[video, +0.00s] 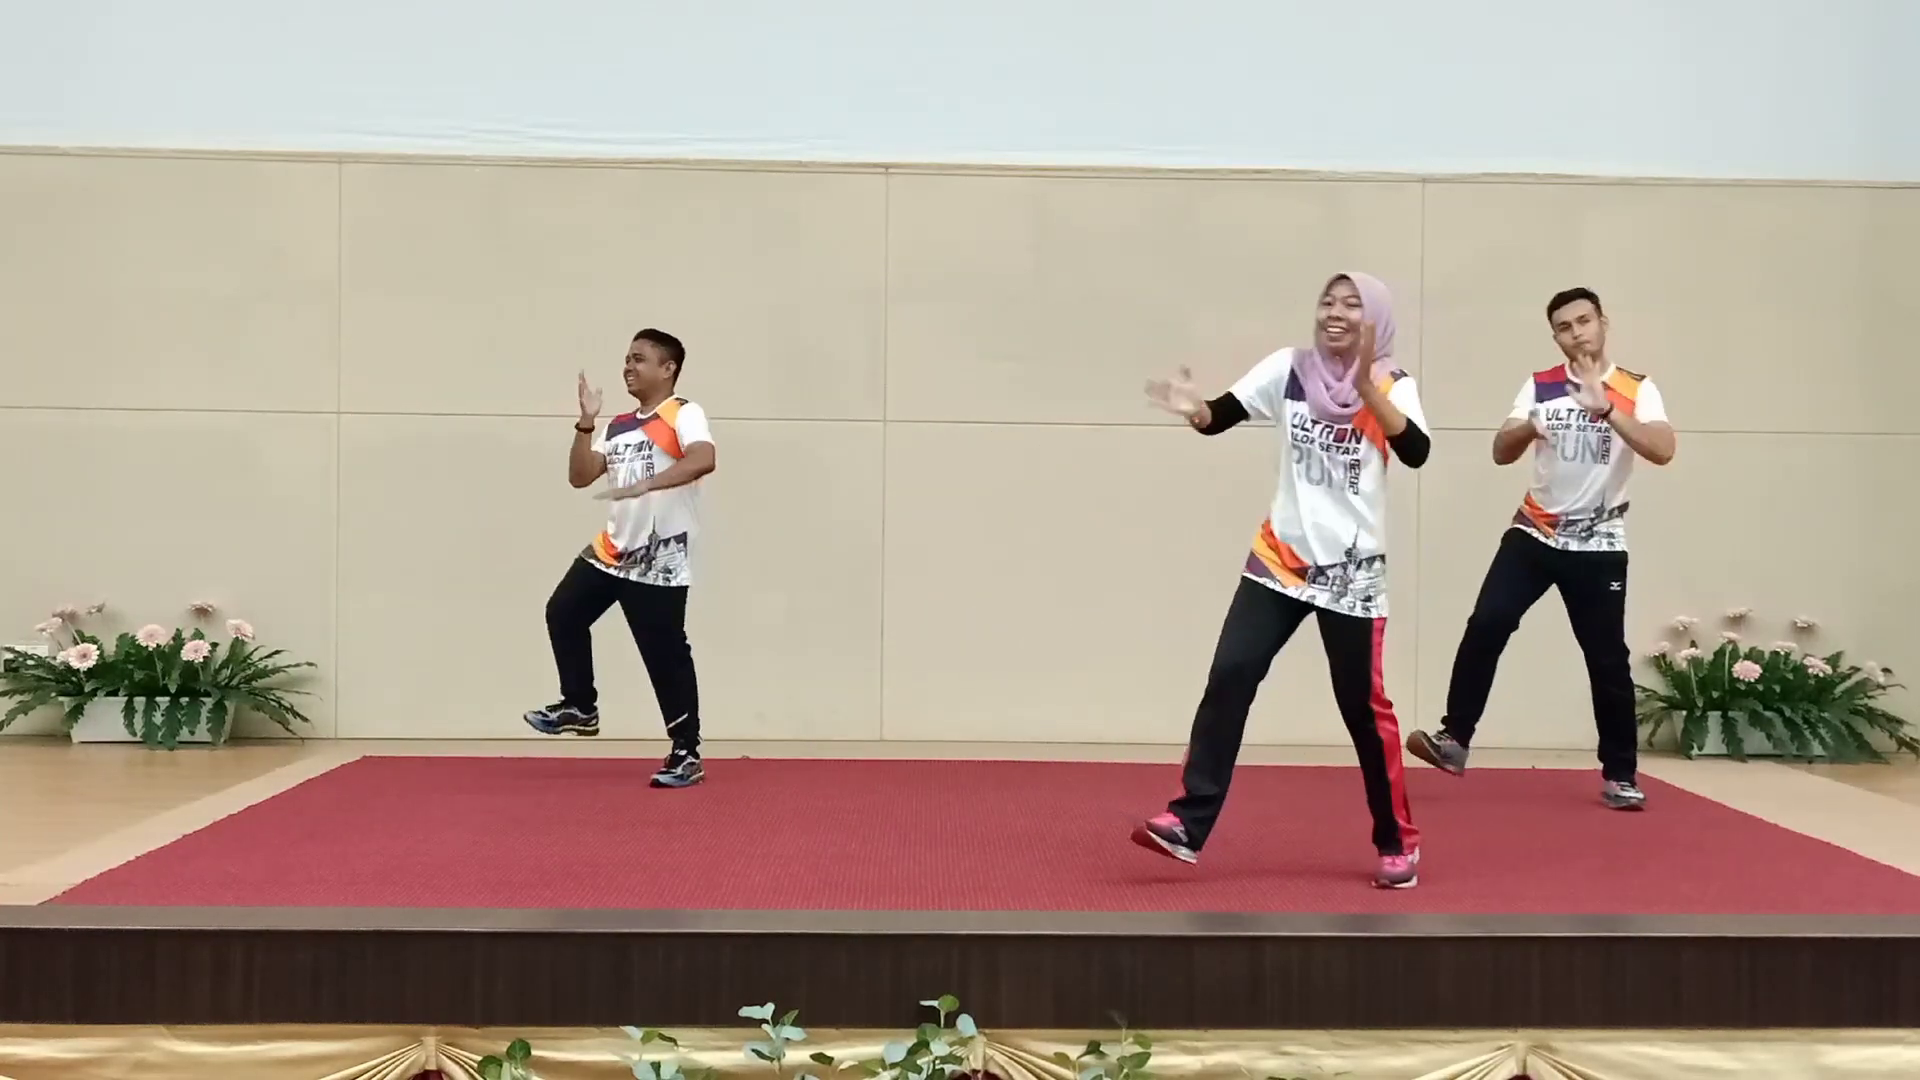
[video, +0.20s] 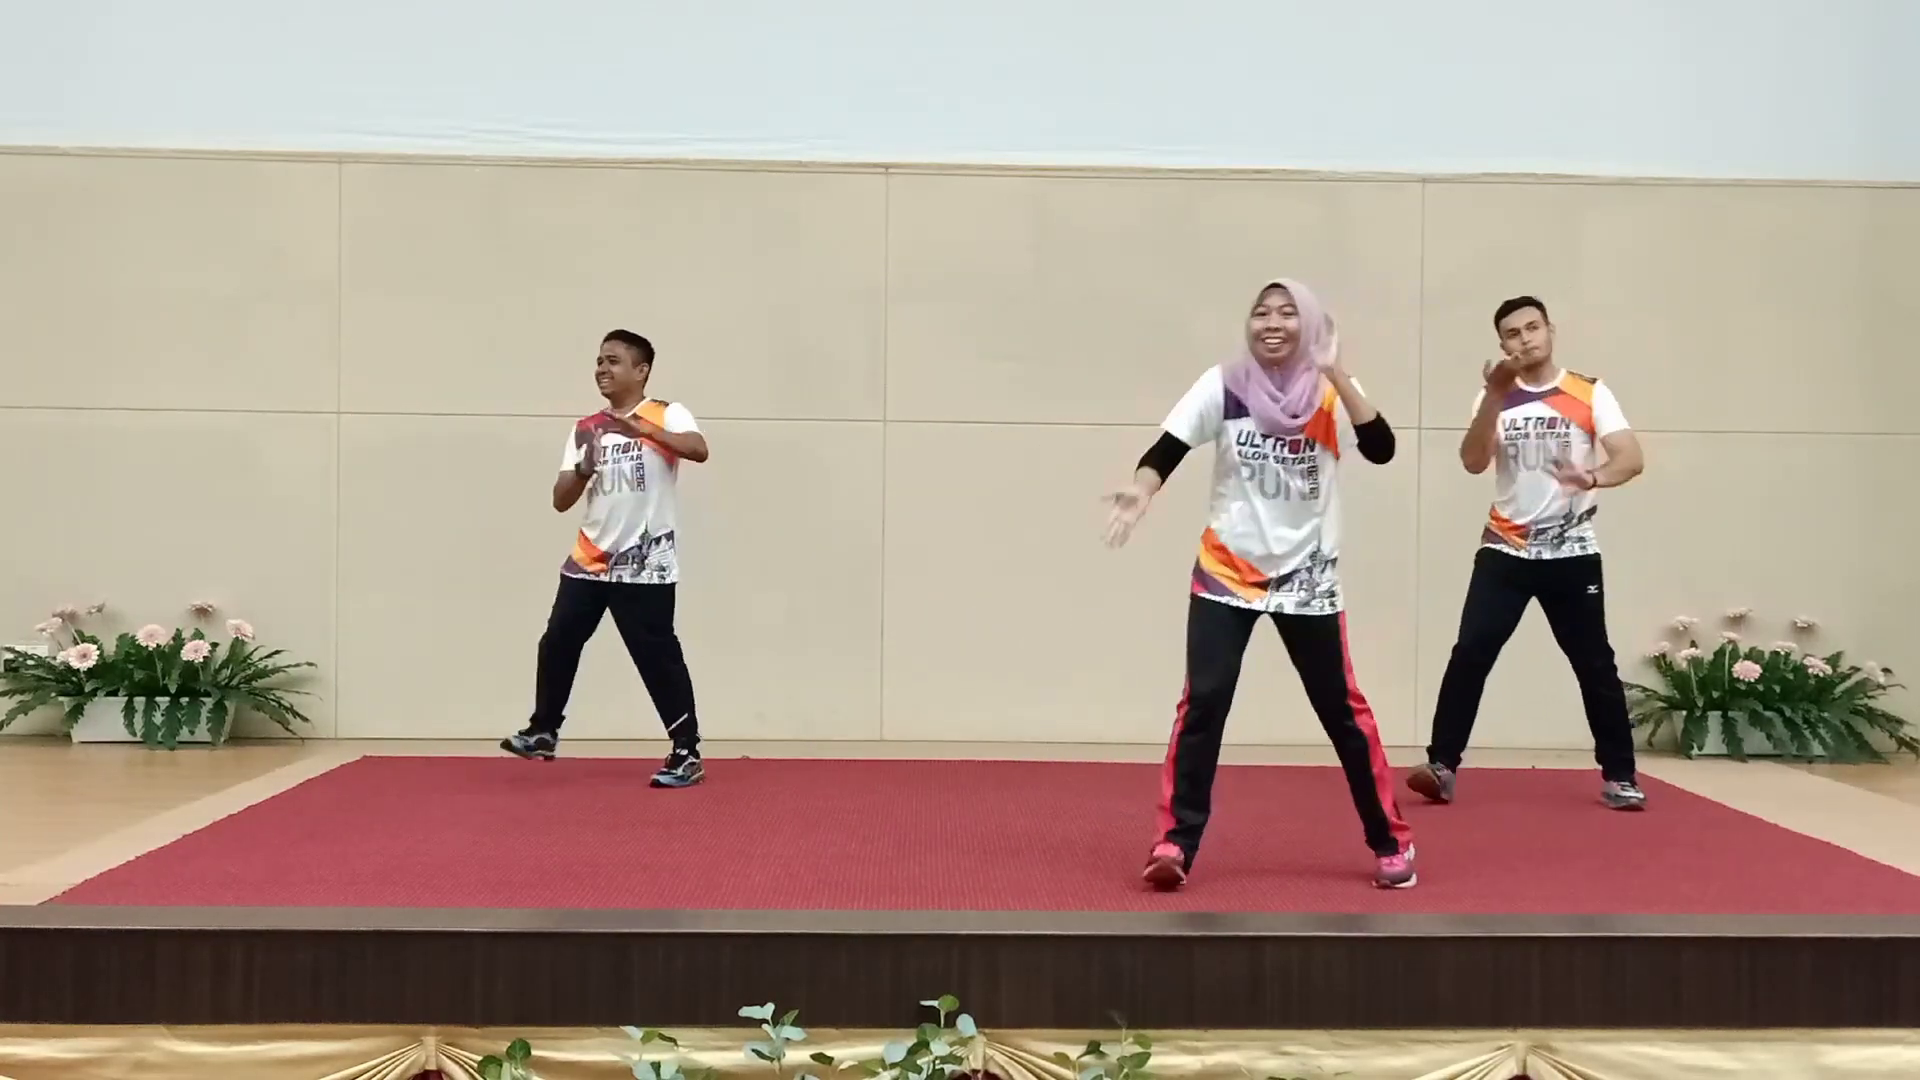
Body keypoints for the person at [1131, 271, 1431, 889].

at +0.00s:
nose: (1335, 311)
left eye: (1350, 303)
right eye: (1328, 301)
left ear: (1375, 319)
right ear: (1316, 313)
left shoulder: (1391, 383)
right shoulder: (1291, 367)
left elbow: (1416, 453)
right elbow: (1223, 414)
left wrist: (1369, 389)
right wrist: (1198, 409)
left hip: (1353, 566)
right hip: (1281, 556)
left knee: (1363, 705)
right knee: (1229, 679)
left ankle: (1397, 844)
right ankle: (1189, 826)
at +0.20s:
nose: (1273, 322)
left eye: (1286, 313)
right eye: (1263, 313)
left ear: (1307, 327)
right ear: (1248, 328)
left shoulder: (1327, 391)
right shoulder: (1223, 387)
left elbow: (1381, 450)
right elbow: (1171, 445)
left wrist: (1338, 375)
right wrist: (1143, 485)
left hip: (1306, 573)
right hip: (1227, 569)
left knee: (1340, 707)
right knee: (1205, 701)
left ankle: (1390, 844)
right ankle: (1176, 842)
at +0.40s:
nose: (1205, 345)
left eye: (1219, 334)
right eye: (1194, 334)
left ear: (1239, 346)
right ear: (1179, 346)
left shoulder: (1264, 410)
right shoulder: (1156, 407)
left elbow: (1309, 487)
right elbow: (1103, 480)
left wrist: (1274, 418)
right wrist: (1096, 516)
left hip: (1235, 581)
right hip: (1159, 578)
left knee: (1277, 700)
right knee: (1168, 701)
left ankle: (1319, 832)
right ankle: (1170, 846)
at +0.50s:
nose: (1180, 345)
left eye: (1193, 335)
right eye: (1167, 335)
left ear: (1212, 345)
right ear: (1152, 346)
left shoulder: (1234, 409)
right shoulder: (1129, 403)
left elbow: (1279, 494)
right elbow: (1081, 460)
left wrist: (1258, 446)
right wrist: (1070, 471)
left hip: (1205, 582)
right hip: (1134, 579)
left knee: (1243, 693)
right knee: (1158, 697)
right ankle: (1171, 843)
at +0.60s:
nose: (1151, 342)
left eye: (1164, 331)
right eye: (1139, 332)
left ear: (1183, 341)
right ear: (1123, 342)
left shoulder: (1207, 404)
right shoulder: (1100, 401)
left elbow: (1240, 469)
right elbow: (1025, 466)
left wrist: (1243, 486)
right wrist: (1066, 438)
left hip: (1180, 583)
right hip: (1111, 576)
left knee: (1200, 701)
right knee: (1147, 696)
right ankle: (1169, 847)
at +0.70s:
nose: (1123, 341)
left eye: (1135, 331)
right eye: (1112, 331)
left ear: (1153, 342)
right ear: (1094, 342)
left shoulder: (1178, 408)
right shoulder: (1072, 404)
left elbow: (1207, 491)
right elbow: (995, 459)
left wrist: (1206, 536)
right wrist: (1057, 412)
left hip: (1150, 591)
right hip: (1085, 580)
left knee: (1142, 718)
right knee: (1134, 700)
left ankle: (1046, 815)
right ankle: (1166, 846)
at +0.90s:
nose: (1076, 350)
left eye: (1089, 341)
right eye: (1065, 339)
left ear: (1105, 352)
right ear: (1048, 348)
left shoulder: (1123, 418)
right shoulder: (1021, 406)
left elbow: (1153, 500)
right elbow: (957, 472)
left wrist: (1161, 565)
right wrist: (1022, 423)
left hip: (1093, 594)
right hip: (1031, 584)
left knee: (1084, 720)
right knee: (1094, 683)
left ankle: (1013, 840)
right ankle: (1118, 843)